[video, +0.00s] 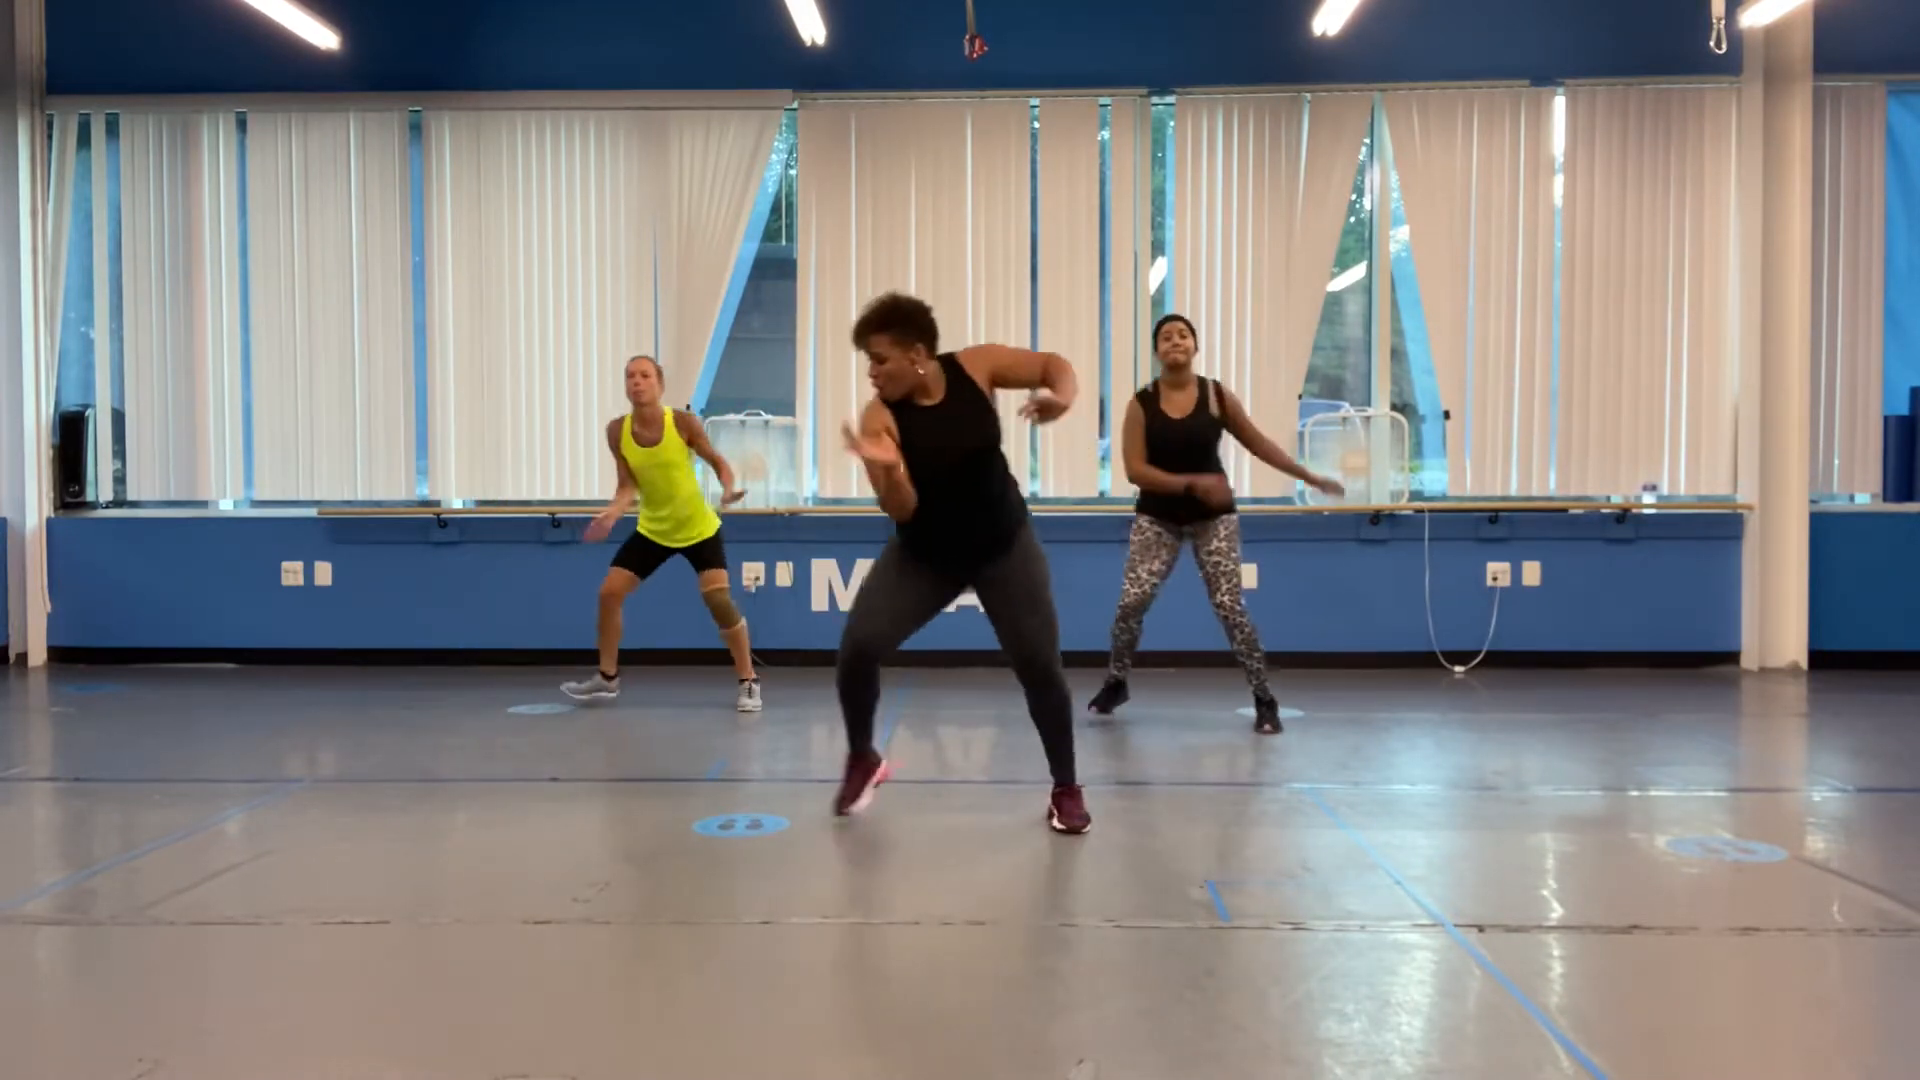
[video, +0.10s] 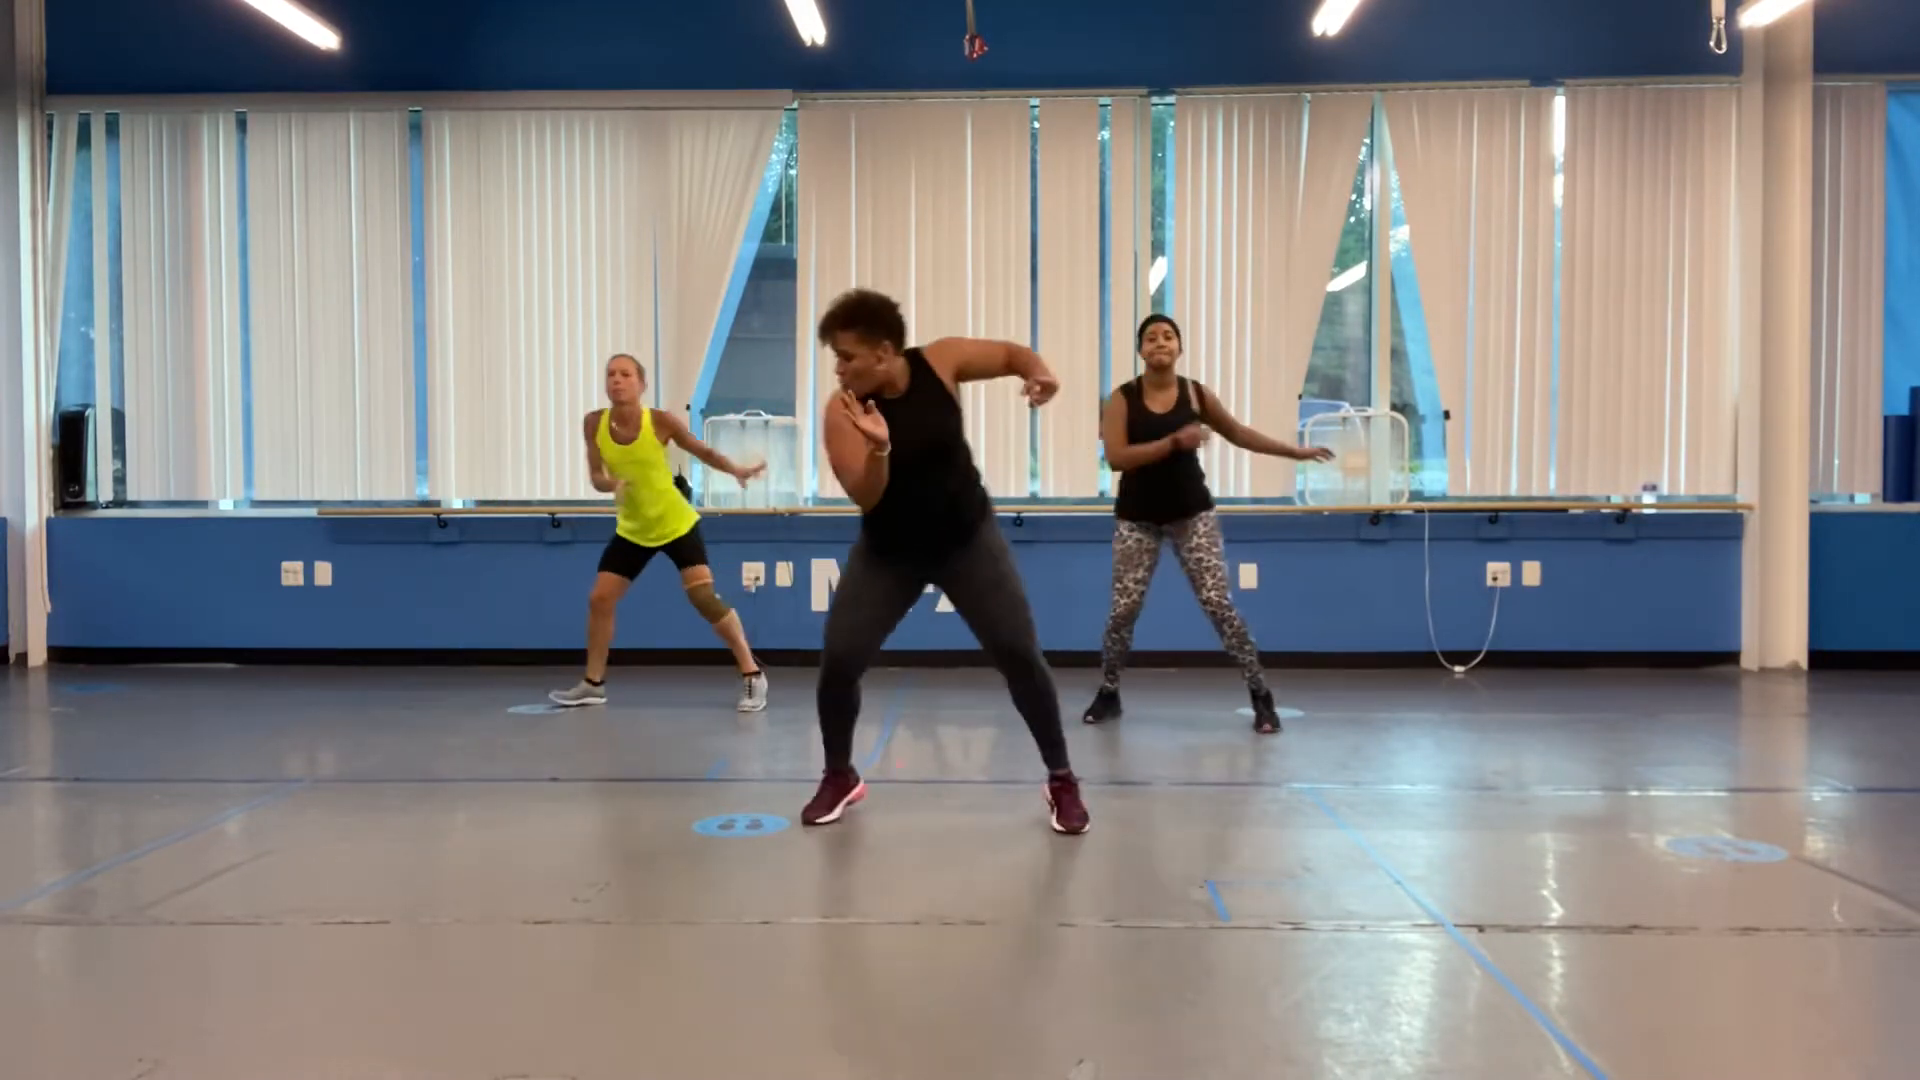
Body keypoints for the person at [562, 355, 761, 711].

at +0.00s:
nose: (636, 382)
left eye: (644, 376)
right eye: (631, 377)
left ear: (660, 384)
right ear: (625, 386)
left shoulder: (684, 423)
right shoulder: (617, 430)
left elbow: (716, 461)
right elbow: (627, 484)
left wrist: (729, 489)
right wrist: (612, 513)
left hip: (698, 525)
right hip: (653, 528)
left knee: (718, 600)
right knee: (610, 593)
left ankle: (748, 682)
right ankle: (607, 679)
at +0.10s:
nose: (616, 380)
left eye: (625, 375)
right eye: (611, 375)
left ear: (641, 385)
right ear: (605, 386)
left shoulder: (662, 421)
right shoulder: (595, 423)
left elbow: (703, 452)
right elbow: (597, 478)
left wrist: (736, 471)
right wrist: (613, 484)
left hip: (674, 522)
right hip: (632, 527)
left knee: (704, 598)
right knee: (600, 599)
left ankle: (753, 676)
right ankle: (592, 684)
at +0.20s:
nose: (598, 384)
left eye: (607, 378)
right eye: (593, 379)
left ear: (623, 386)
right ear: (587, 388)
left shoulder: (645, 425)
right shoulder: (576, 429)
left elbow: (686, 455)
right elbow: (568, 485)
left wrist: (731, 465)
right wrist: (607, 477)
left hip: (657, 526)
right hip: (613, 531)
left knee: (680, 595)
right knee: (579, 599)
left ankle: (723, 668)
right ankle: (589, 685)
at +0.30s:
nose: (584, 384)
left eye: (592, 379)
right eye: (579, 380)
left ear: (609, 387)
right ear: (574, 390)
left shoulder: (633, 423)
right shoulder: (565, 430)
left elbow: (675, 454)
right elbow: (557, 484)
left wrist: (719, 469)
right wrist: (595, 484)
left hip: (647, 526)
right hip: (603, 531)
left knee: (663, 594)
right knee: (568, 599)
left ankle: (679, 679)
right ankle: (586, 683)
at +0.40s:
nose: (569, 384)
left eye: (577, 378)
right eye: (564, 379)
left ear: (594, 387)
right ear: (558, 390)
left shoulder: (620, 420)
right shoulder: (554, 426)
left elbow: (667, 443)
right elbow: (548, 479)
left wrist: (719, 460)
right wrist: (586, 469)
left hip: (641, 525)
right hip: (598, 529)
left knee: (651, 602)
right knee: (552, 590)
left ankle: (677, 680)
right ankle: (566, 675)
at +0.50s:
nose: (552, 382)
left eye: (561, 377)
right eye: (547, 377)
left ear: (578, 387)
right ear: (542, 388)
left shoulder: (601, 417)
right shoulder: (537, 421)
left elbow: (653, 432)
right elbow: (529, 466)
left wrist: (701, 442)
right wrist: (568, 442)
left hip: (626, 522)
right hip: (582, 526)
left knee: (643, 599)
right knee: (546, 595)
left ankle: (683, 678)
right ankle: (529, 680)